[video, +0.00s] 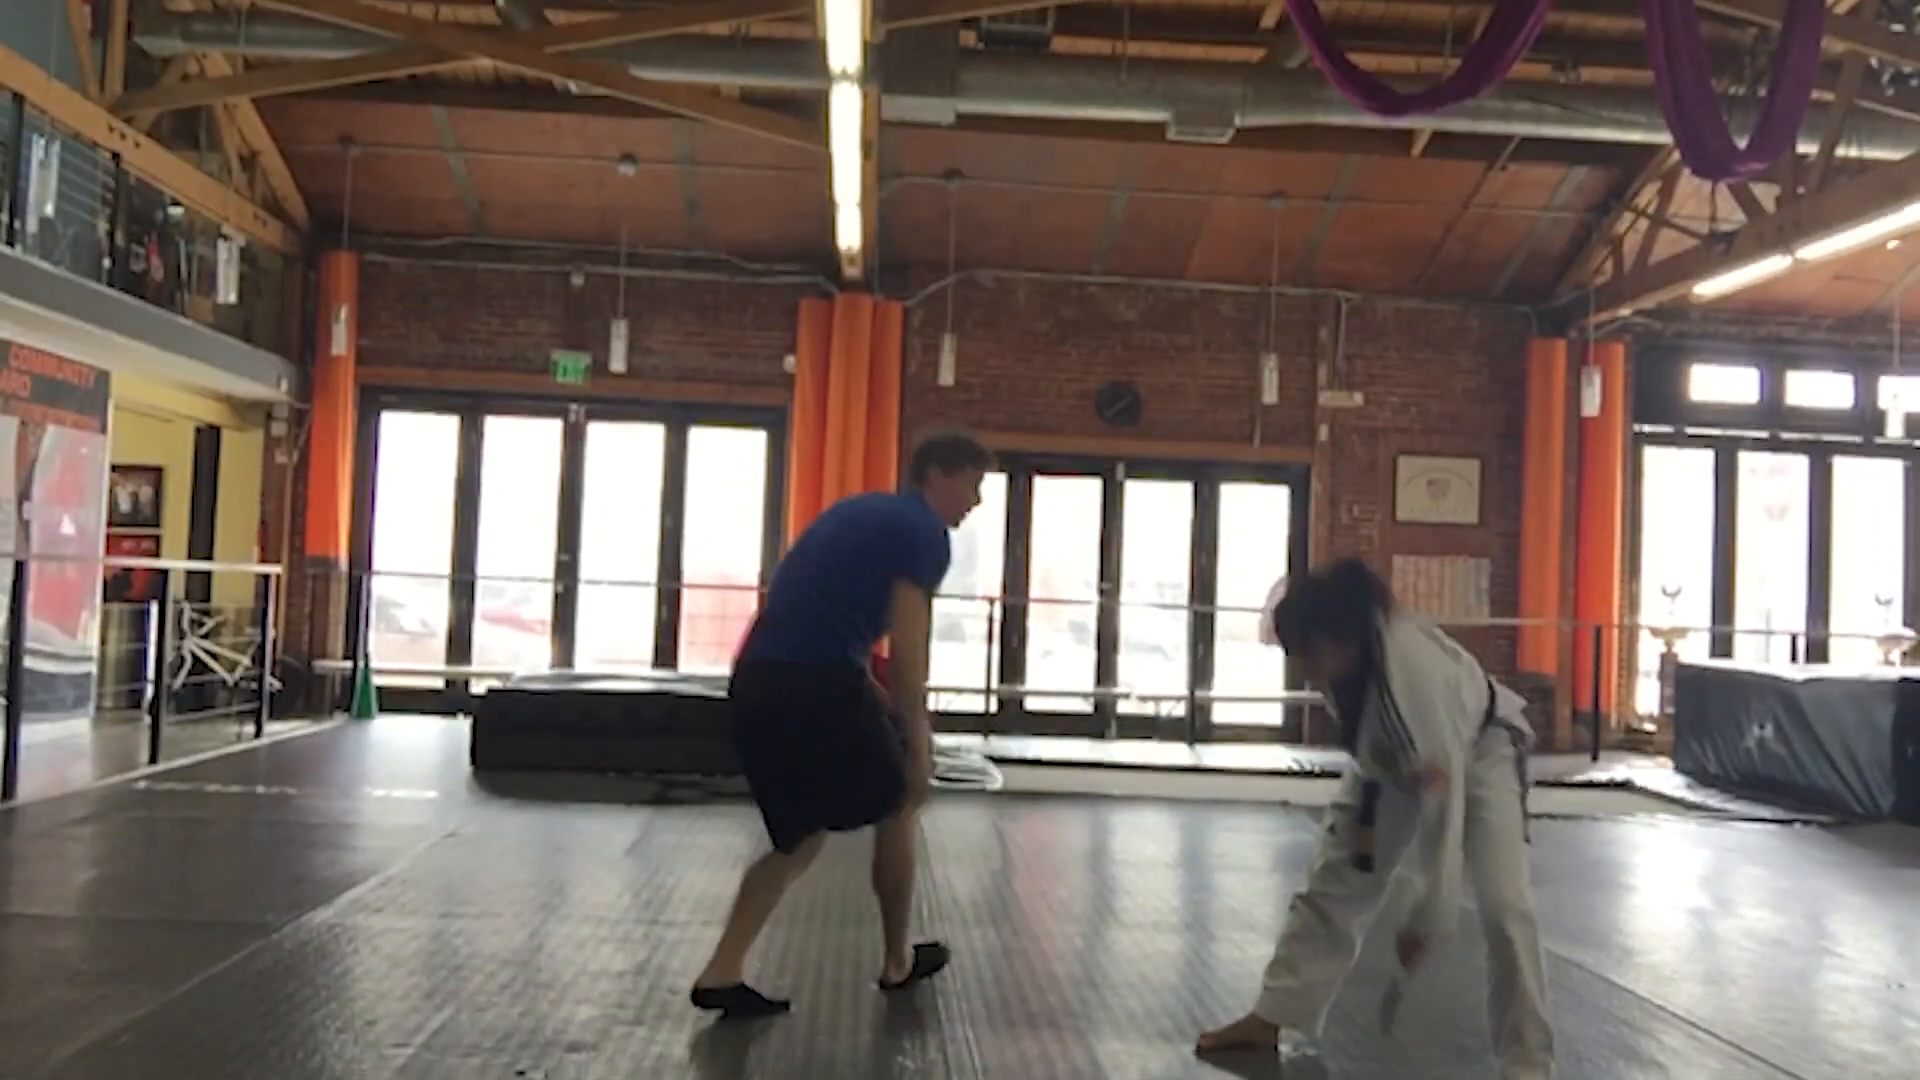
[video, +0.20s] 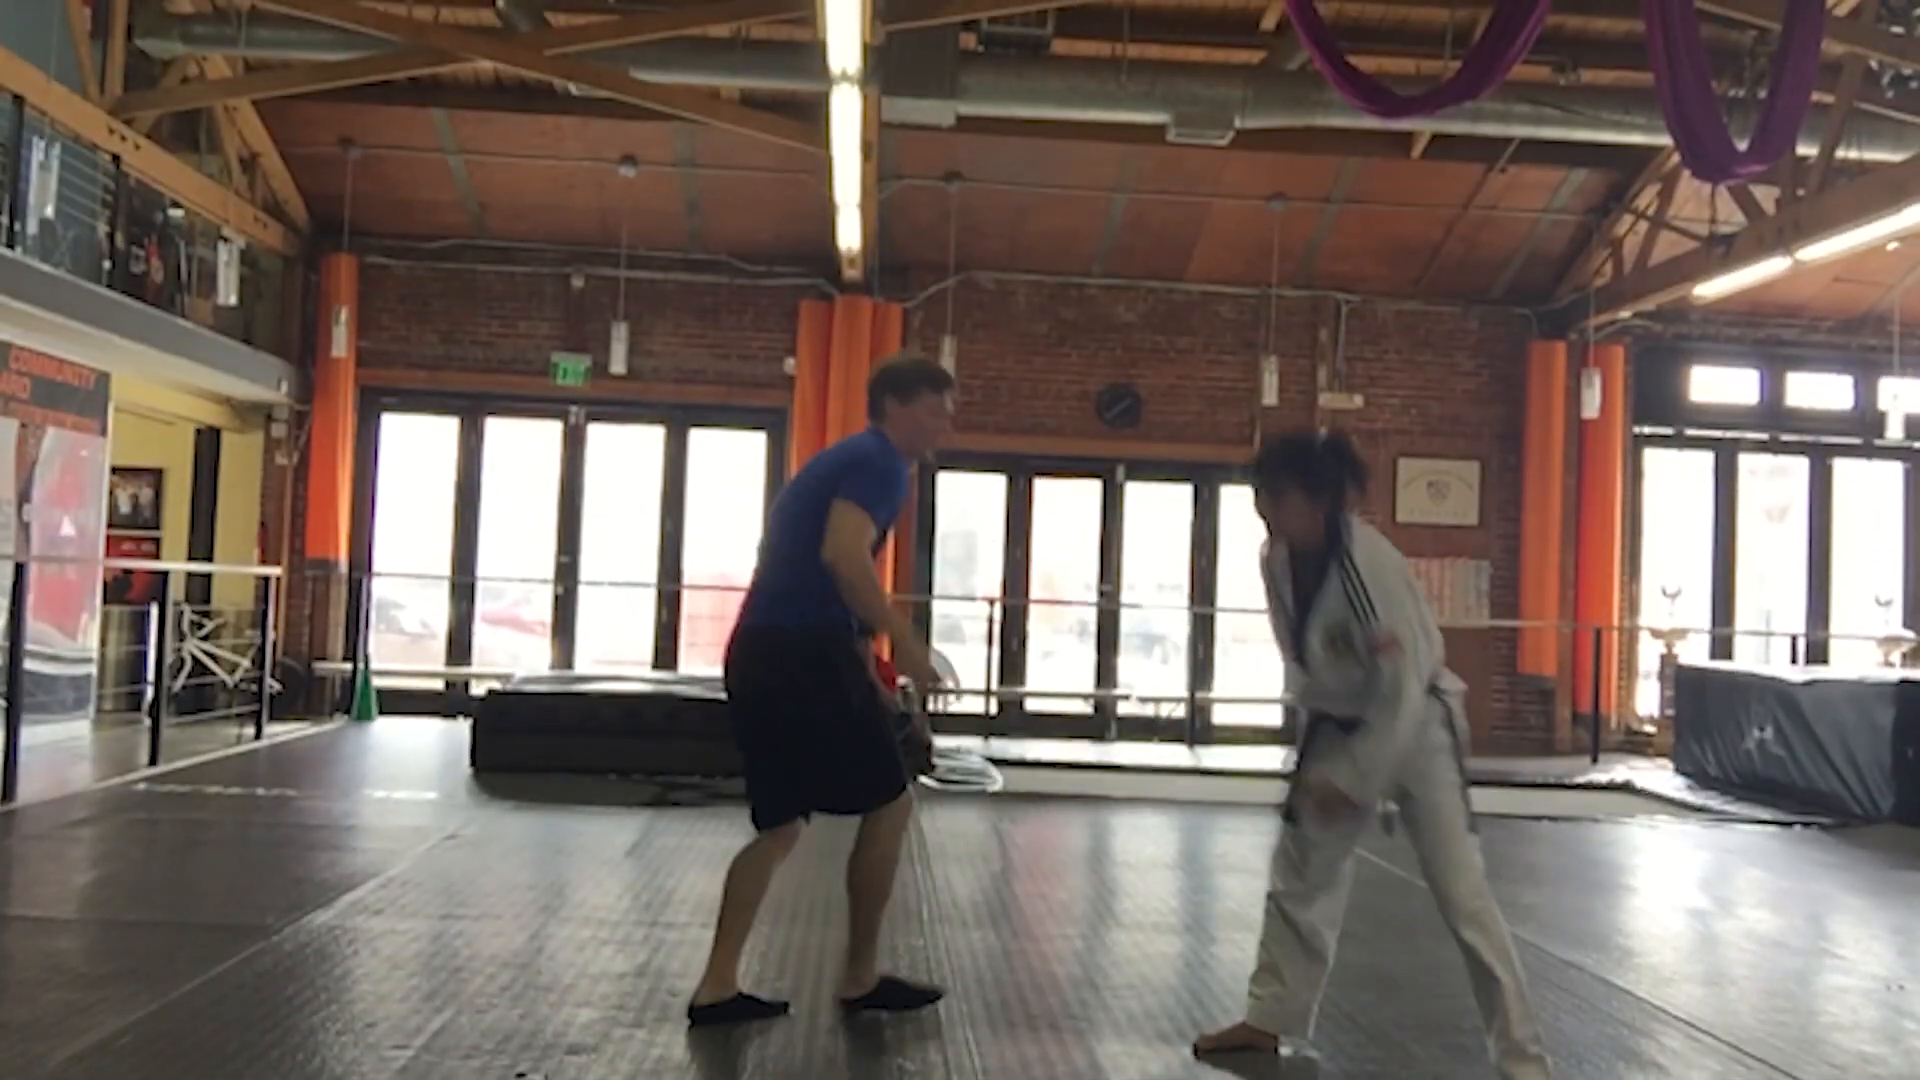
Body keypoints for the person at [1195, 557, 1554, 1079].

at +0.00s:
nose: (1301, 669)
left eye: (1309, 655)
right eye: (1296, 655)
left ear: (1345, 643)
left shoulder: (1411, 660)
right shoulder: (1341, 662)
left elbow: (1446, 797)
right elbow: (1365, 740)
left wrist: (1428, 917)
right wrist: (1361, 819)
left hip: (1479, 748)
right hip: (1400, 755)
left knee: (1504, 903)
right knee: (1338, 877)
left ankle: (1526, 1063)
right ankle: (1268, 1021)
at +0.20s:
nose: (1266, 511)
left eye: (1278, 497)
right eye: (1263, 497)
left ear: (1319, 498)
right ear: (1269, 501)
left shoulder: (1369, 558)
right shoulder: (1279, 558)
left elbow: (1408, 688)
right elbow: (1301, 657)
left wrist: (1356, 777)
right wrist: (1306, 746)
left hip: (1411, 722)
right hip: (1332, 722)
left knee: (1460, 894)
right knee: (1301, 879)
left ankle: (1522, 1058)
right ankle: (1267, 1024)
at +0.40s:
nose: (1256, 438)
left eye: (1270, 425)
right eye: (1256, 425)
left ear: (1313, 435)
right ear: (1278, 438)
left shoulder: (1339, 515)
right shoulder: (1281, 513)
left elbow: (1327, 640)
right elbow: (1269, 622)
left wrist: (1234, 690)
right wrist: (1241, 692)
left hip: (1347, 702)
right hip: (1284, 702)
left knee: (1368, 869)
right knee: (1267, 865)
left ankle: (1486, 1047)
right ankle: (1256, 1024)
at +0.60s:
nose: (1262, 424)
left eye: (1278, 413)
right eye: (1266, 412)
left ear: (1317, 427)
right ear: (1295, 427)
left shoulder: (1328, 500)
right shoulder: (1289, 506)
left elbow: (1265, 614)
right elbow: (1241, 609)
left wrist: (1161, 635)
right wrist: (1171, 636)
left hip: (1322, 699)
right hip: (1276, 699)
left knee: (1276, 866)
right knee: (1243, 860)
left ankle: (1390, 1030)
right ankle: (1251, 1023)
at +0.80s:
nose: (1279, 421)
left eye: (1294, 411)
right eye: (1282, 410)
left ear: (1334, 425)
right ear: (1323, 428)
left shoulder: (1330, 500)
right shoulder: (1323, 498)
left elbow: (1258, 608)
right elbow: (1282, 615)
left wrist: (1154, 622)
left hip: (1317, 697)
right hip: (1287, 695)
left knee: (1282, 869)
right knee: (1249, 865)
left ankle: (1391, 1041)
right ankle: (1253, 1023)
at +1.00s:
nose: (1301, 419)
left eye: (1318, 409)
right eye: (1304, 407)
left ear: (1359, 424)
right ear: (1326, 422)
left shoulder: (1369, 496)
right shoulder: (1321, 500)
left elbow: (1307, 601)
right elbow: (1288, 607)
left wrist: (1194, 619)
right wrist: (1263, 691)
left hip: (1355, 699)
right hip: (1305, 698)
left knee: (1353, 880)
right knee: (1271, 862)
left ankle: (1408, 1062)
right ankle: (1256, 1022)